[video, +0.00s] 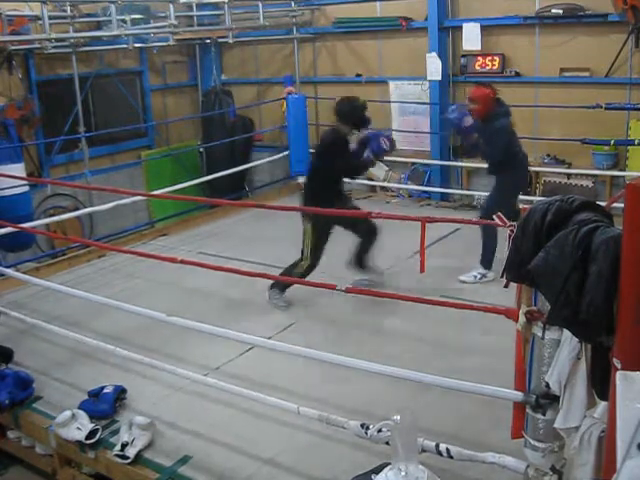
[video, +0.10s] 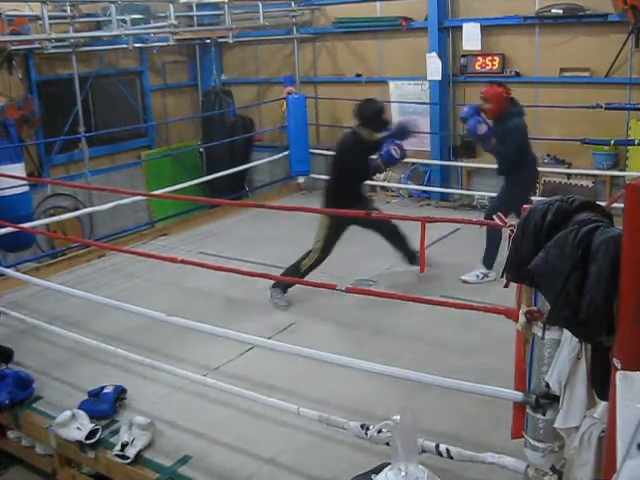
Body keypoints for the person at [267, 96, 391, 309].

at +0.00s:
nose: (366, 116)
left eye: (365, 112)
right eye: (363, 112)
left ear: (344, 116)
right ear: (352, 116)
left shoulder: (344, 137)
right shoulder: (333, 140)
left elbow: (346, 163)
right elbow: (350, 170)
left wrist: (362, 146)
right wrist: (373, 158)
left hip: (335, 201)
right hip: (316, 204)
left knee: (369, 230)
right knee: (309, 260)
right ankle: (277, 288)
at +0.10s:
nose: (386, 119)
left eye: (384, 116)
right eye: (382, 116)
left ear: (364, 120)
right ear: (372, 121)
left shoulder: (370, 139)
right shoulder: (349, 145)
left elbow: (377, 148)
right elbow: (357, 174)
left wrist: (396, 135)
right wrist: (382, 163)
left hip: (356, 203)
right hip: (337, 206)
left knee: (388, 228)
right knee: (320, 252)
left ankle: (413, 257)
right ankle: (280, 286)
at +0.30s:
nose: (433, 110)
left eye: (432, 108)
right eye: (429, 108)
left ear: (425, 111)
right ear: (416, 110)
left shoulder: (424, 122)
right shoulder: (396, 130)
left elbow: (443, 121)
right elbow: (386, 165)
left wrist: (461, 111)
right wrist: (416, 157)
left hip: (401, 183)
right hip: (382, 184)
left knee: (423, 222)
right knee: (379, 234)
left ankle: (421, 262)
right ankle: (347, 255)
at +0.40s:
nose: (437, 105)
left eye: (437, 101)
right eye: (433, 102)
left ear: (429, 102)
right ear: (422, 102)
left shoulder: (429, 114)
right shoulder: (402, 122)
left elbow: (450, 121)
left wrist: (469, 118)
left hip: (420, 178)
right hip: (402, 180)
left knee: (443, 214)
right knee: (406, 231)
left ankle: (438, 250)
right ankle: (380, 246)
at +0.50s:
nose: (436, 108)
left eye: (436, 104)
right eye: (432, 105)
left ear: (434, 104)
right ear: (419, 106)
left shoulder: (436, 118)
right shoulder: (404, 128)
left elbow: (458, 124)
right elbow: (412, 162)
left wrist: (474, 118)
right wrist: (438, 151)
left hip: (434, 178)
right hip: (413, 182)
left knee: (458, 216)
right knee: (421, 227)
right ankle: (395, 259)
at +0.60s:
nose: (430, 113)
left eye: (430, 110)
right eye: (426, 111)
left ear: (430, 110)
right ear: (415, 113)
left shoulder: (436, 122)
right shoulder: (403, 136)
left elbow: (460, 118)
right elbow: (413, 164)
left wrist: (481, 111)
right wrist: (434, 156)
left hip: (438, 179)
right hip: (416, 183)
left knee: (460, 213)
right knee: (413, 220)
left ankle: (474, 250)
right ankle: (391, 257)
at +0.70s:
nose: (429, 116)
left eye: (429, 112)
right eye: (425, 113)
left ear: (430, 111)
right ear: (414, 113)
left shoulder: (434, 123)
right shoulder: (399, 133)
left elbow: (458, 132)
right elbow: (408, 161)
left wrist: (467, 128)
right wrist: (424, 157)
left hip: (431, 179)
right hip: (410, 181)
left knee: (454, 215)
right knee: (403, 223)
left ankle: (472, 248)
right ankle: (378, 242)